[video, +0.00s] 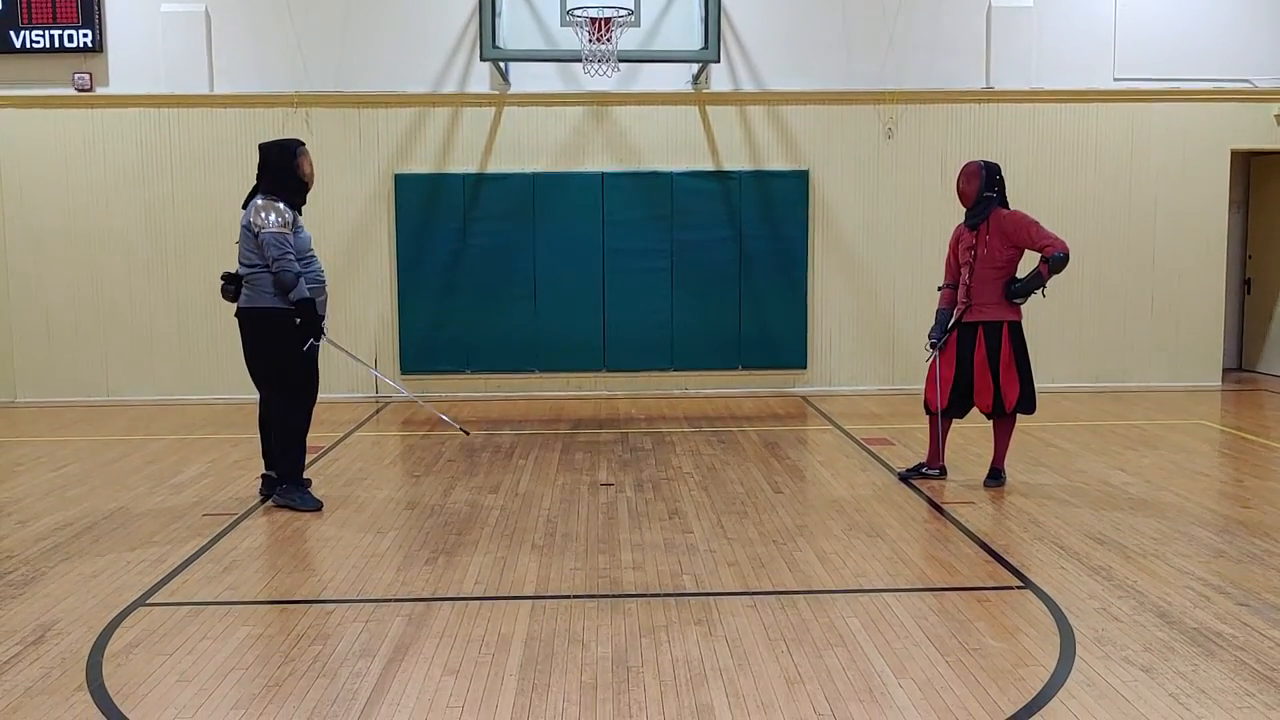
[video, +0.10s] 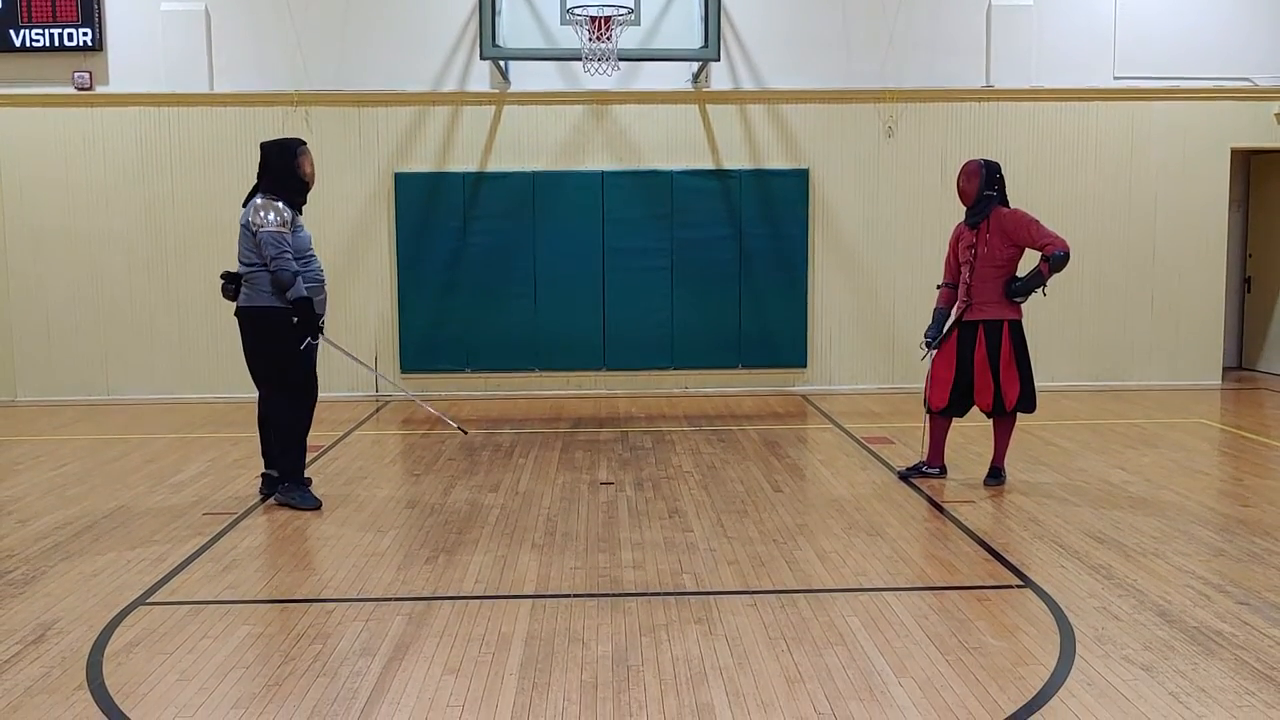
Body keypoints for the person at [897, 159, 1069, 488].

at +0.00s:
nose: (959, 189)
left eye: (965, 182)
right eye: (959, 182)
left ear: (984, 185)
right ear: (969, 186)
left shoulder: (1008, 220)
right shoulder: (961, 232)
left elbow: (1058, 251)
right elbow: (951, 283)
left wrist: (1028, 283)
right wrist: (940, 322)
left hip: (1000, 323)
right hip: (962, 324)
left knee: (1003, 394)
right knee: (938, 388)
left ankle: (997, 467)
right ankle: (934, 462)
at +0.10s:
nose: (959, 187)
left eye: (966, 180)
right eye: (959, 180)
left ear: (986, 184)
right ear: (967, 185)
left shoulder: (1009, 219)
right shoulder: (962, 231)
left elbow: (1058, 250)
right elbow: (950, 282)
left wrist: (1029, 282)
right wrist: (938, 321)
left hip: (1001, 322)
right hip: (964, 323)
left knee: (1004, 393)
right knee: (940, 385)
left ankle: (997, 466)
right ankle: (934, 461)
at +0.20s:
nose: (960, 188)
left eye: (966, 180)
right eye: (960, 181)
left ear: (986, 183)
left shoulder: (1009, 218)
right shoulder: (962, 229)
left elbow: (1059, 249)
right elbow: (949, 281)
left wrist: (1029, 281)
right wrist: (935, 319)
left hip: (1001, 322)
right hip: (965, 322)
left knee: (1003, 393)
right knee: (940, 385)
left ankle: (997, 465)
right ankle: (934, 461)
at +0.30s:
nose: (960, 186)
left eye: (966, 179)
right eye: (960, 180)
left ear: (986, 182)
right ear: (969, 183)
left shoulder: (1010, 217)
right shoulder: (962, 229)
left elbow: (1059, 249)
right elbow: (949, 280)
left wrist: (1029, 281)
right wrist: (935, 320)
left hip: (1001, 321)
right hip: (965, 322)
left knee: (1003, 392)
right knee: (940, 385)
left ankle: (997, 464)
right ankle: (934, 460)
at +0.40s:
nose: (960, 186)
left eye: (966, 178)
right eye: (959, 179)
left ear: (985, 181)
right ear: (968, 183)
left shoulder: (1010, 216)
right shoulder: (962, 227)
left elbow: (1059, 248)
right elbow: (949, 279)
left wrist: (1029, 279)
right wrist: (936, 321)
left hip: (1001, 319)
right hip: (964, 320)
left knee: (1003, 391)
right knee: (939, 384)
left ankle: (997, 463)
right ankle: (934, 458)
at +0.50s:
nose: (960, 184)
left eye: (966, 176)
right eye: (960, 177)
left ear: (987, 179)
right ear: (966, 181)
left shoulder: (1010, 215)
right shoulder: (962, 226)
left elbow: (1059, 247)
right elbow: (950, 278)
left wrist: (1028, 279)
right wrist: (939, 320)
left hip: (1000, 318)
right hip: (963, 318)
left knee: (1003, 389)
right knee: (939, 383)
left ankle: (997, 461)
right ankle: (934, 457)